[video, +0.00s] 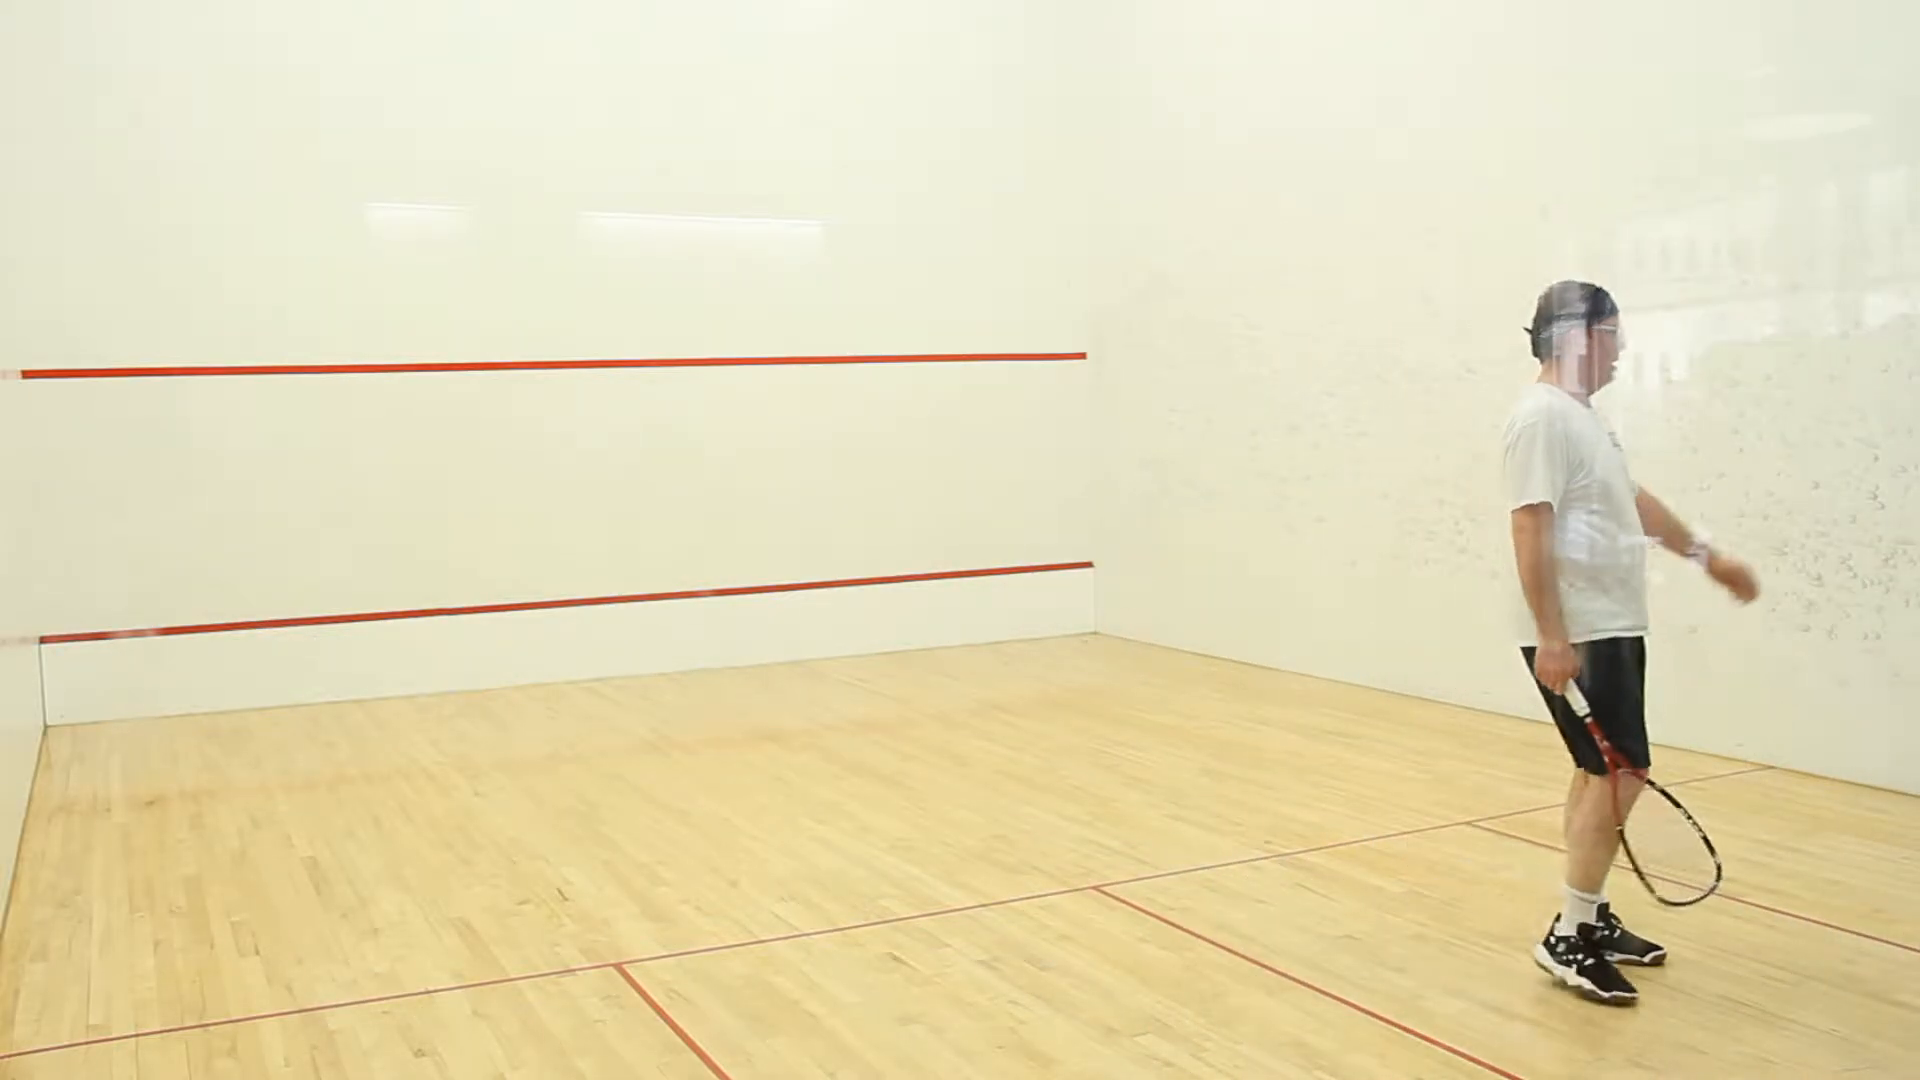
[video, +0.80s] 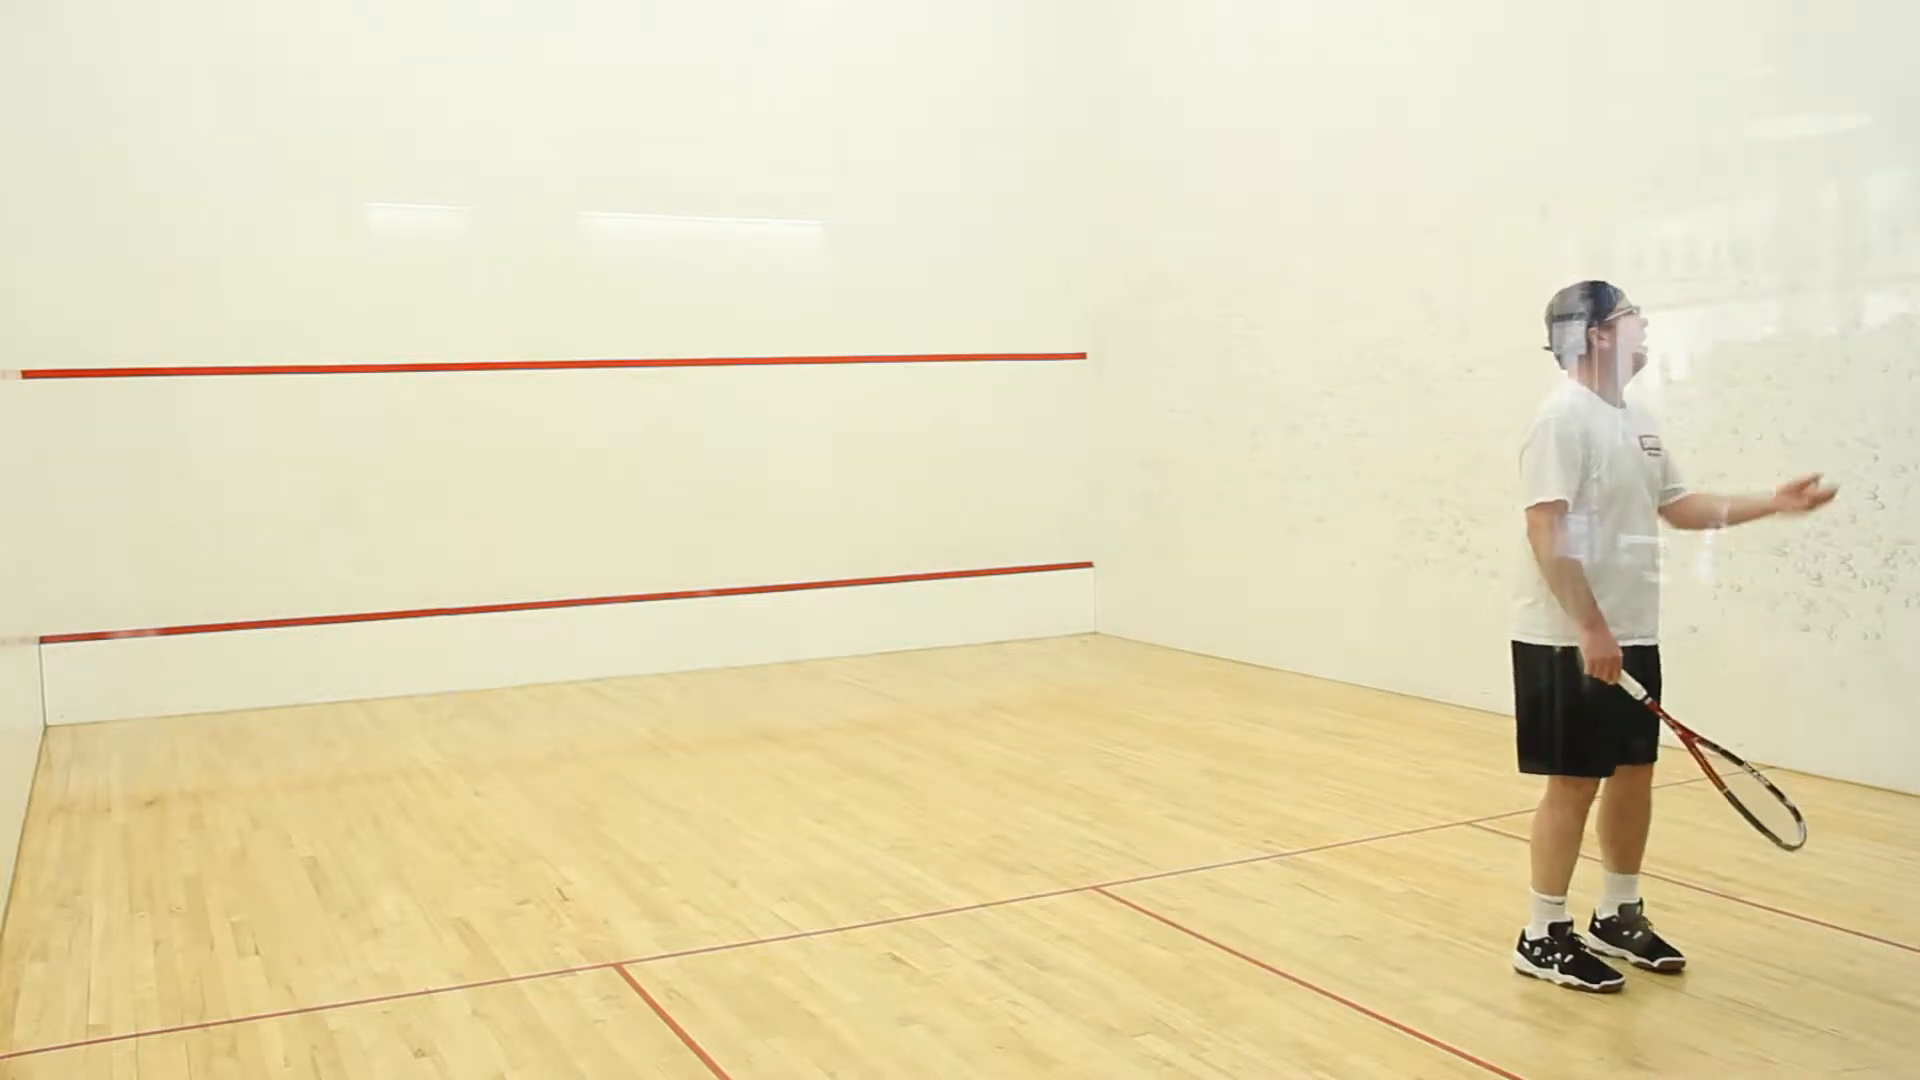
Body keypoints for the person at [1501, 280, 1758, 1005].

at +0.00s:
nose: (1618, 351)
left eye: (1617, 337)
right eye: (1610, 336)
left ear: (1575, 339)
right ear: (1577, 337)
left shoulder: (1584, 418)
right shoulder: (1542, 417)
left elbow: (1634, 502)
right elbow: (1529, 531)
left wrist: (1708, 556)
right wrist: (1550, 636)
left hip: (1614, 628)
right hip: (1582, 633)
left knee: (1605, 774)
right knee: (1619, 773)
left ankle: (1590, 921)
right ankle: (1569, 937)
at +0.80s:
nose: (1644, 327)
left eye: (1638, 316)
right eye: (1632, 317)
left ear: (1601, 335)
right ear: (1600, 334)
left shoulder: (1634, 423)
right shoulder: (1560, 420)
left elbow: (1678, 507)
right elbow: (1548, 539)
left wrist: (1773, 501)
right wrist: (1592, 628)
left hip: (1630, 636)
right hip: (1565, 640)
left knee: (1634, 769)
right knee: (1573, 780)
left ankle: (1618, 916)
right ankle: (1543, 935)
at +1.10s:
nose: (1652, 352)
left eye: (1657, 337)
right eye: (1638, 338)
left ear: (1659, 341)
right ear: (1595, 342)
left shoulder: (1673, 420)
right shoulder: (1546, 420)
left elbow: (1727, 497)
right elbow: (1506, 523)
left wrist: (1793, 442)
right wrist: (1511, 621)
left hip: (1644, 637)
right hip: (1564, 636)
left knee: (1632, 780)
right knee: (1565, 784)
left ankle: (1618, 917)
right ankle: (1543, 927)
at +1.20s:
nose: (1643, 356)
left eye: (1649, 341)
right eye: (1628, 342)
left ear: (1656, 344)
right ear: (1588, 345)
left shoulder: (1675, 425)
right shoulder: (1541, 424)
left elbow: (1734, 505)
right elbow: (1497, 523)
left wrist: (1711, 433)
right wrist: (1477, 619)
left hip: (1643, 639)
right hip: (1556, 636)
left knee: (1633, 781)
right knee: (1549, 782)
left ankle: (1620, 917)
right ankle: (1534, 926)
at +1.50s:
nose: (1559, 357)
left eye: (1569, 342)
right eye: (1544, 348)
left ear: (1592, 338)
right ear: (1526, 353)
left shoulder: (1633, 417)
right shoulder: (1501, 425)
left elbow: (1674, 498)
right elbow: (1474, 527)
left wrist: (1601, 439)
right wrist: (1453, 624)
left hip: (1613, 639)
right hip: (1521, 638)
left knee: (1621, 781)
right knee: (1519, 787)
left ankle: (1618, 917)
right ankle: (1528, 929)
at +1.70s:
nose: (1511, 360)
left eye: (1521, 345)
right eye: (1497, 350)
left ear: (1550, 343)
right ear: (1482, 358)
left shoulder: (1590, 417)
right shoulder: (1464, 429)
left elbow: (1600, 476)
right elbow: (1438, 531)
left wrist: (1538, 400)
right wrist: (1414, 626)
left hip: (1572, 641)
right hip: (1482, 643)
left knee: (1601, 787)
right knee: (1497, 791)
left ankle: (1618, 905)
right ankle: (1528, 929)